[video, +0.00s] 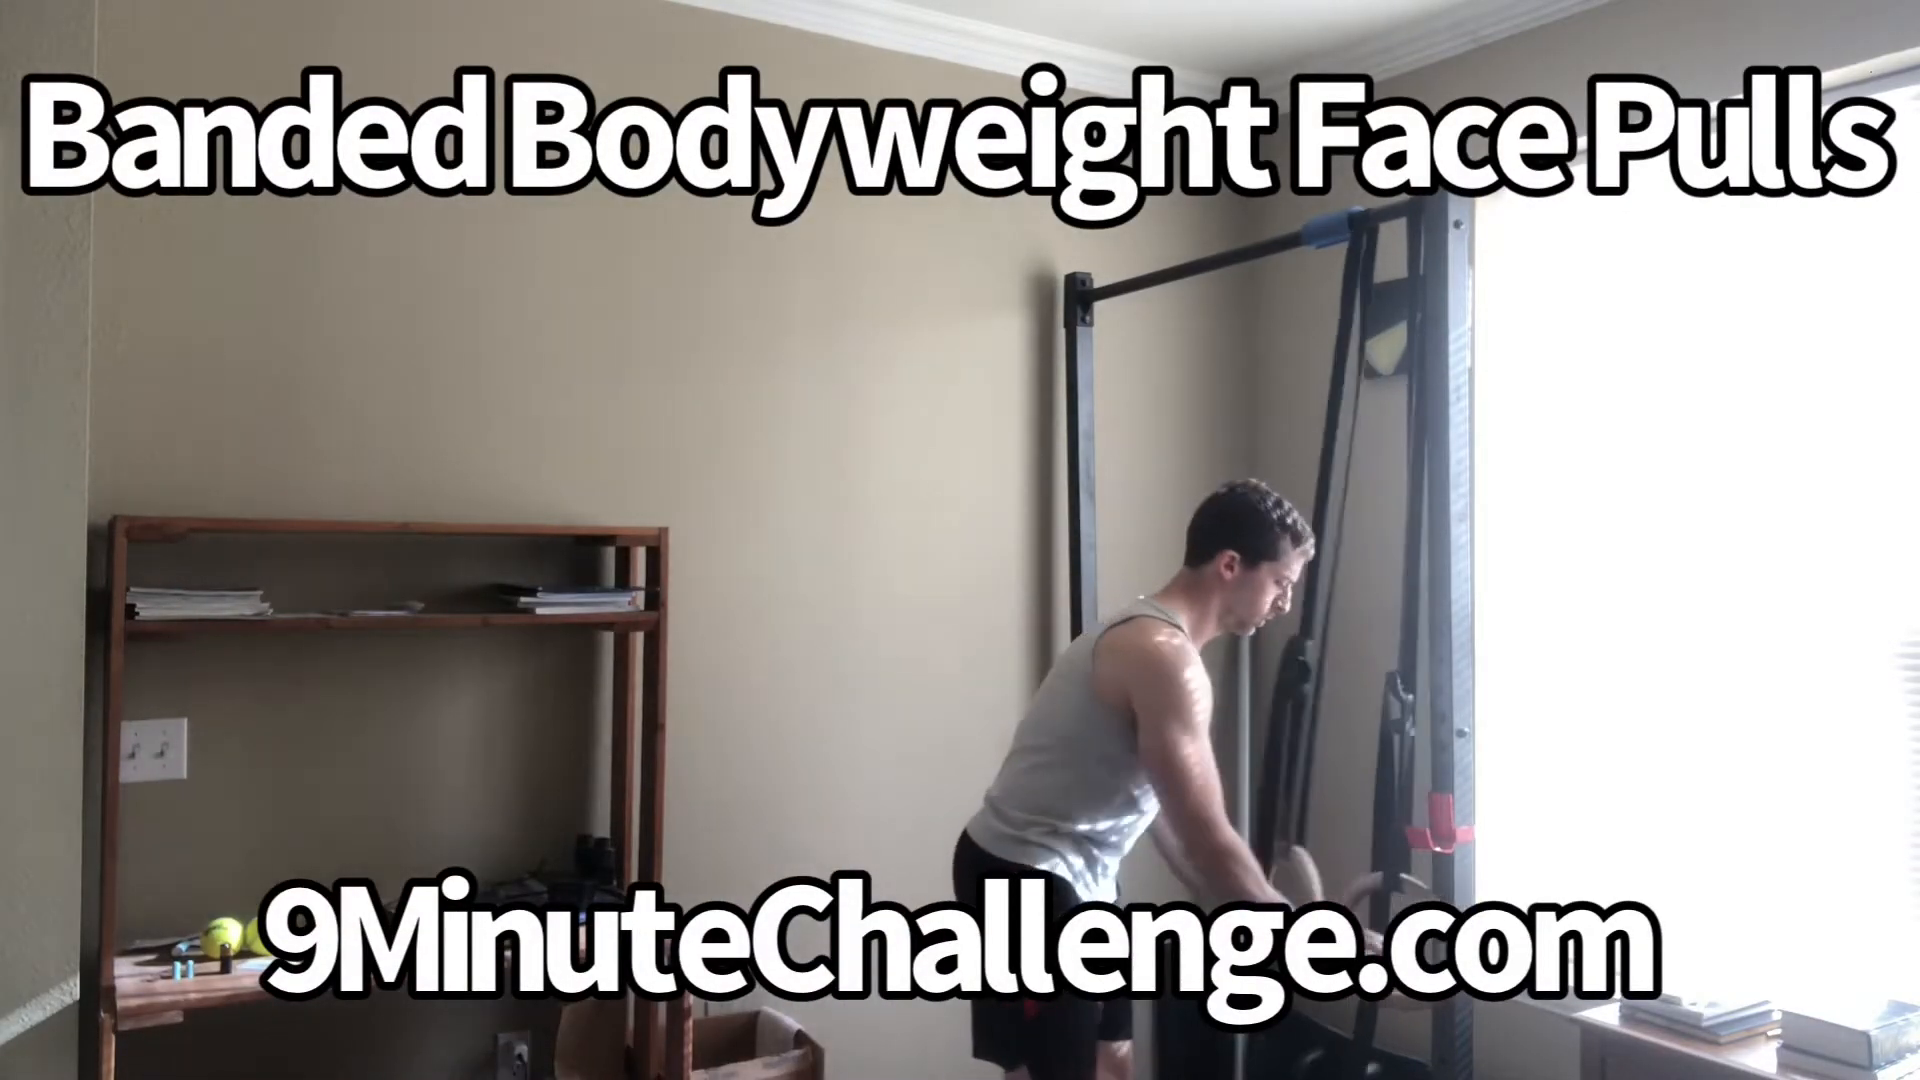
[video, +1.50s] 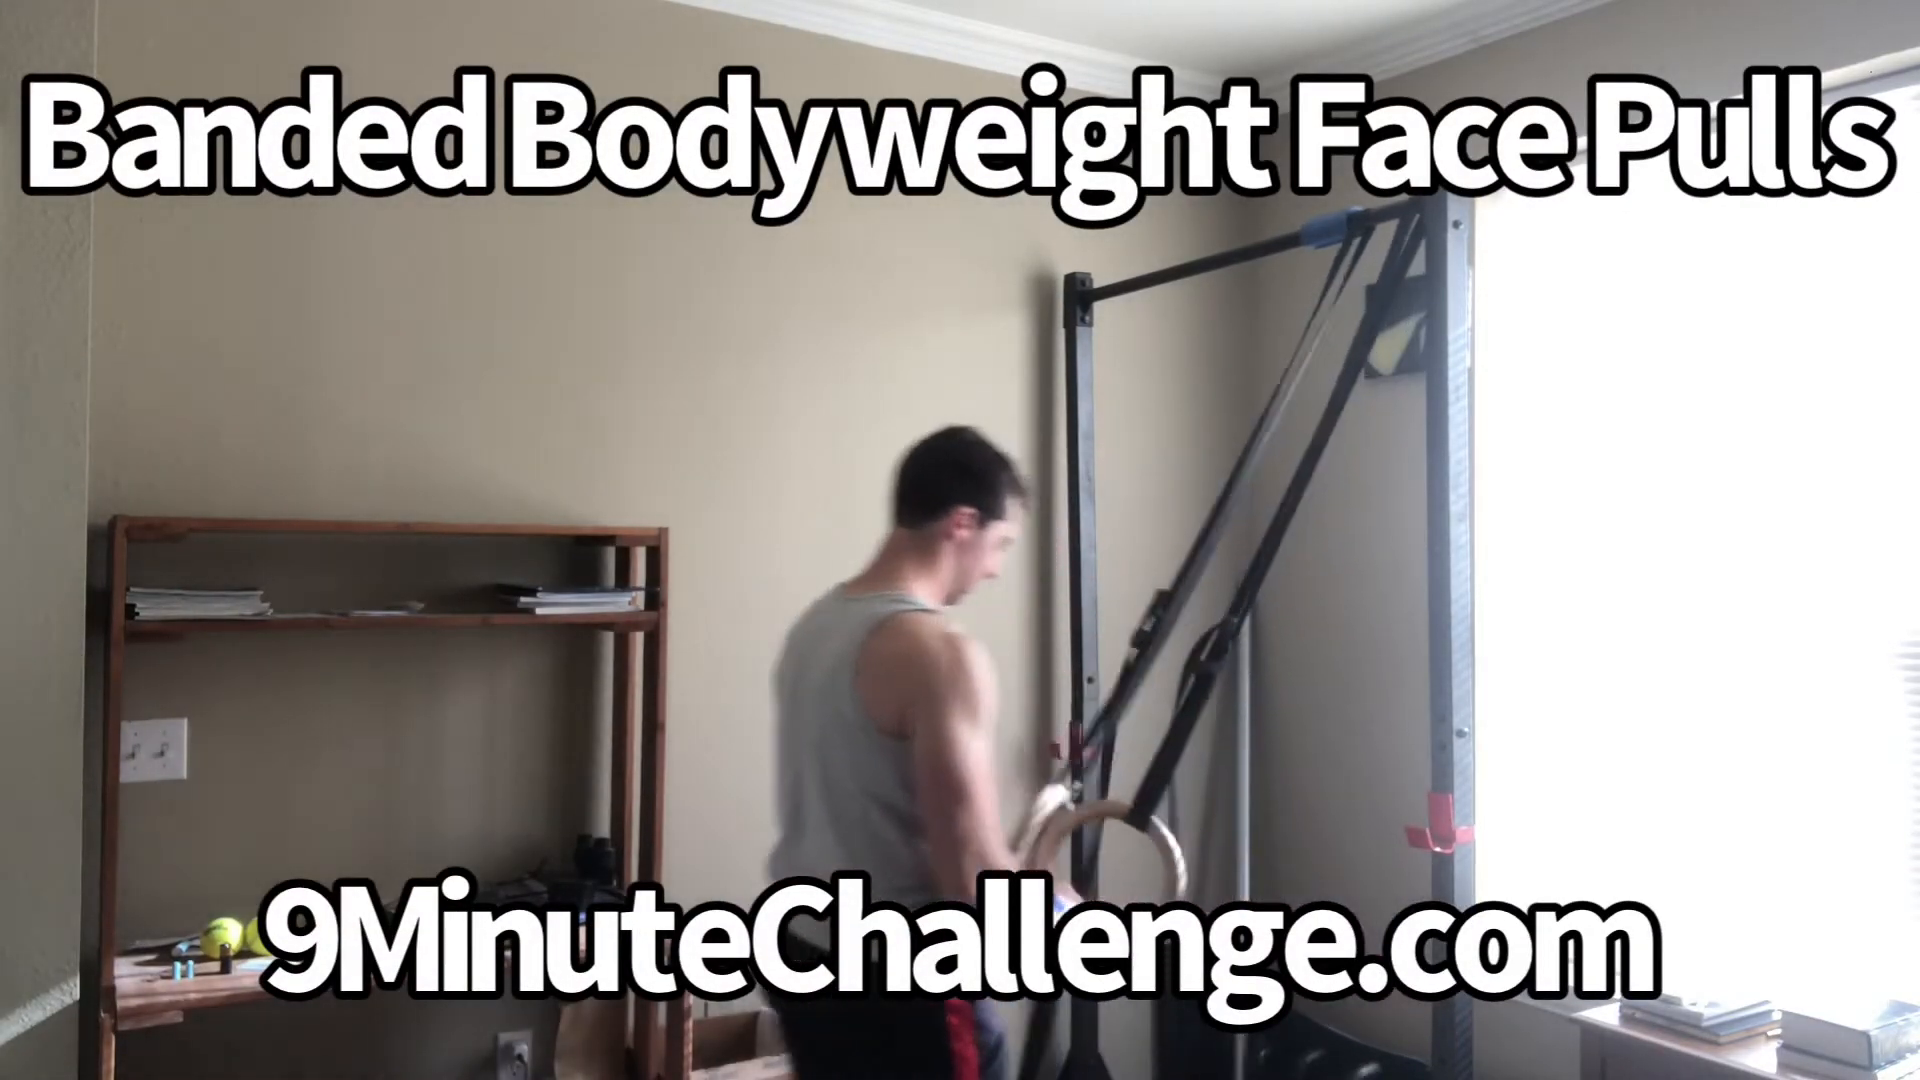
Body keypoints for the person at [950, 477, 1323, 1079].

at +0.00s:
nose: (1285, 604)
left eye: (1290, 587)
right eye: (1282, 583)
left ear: (1227, 568)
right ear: (1229, 566)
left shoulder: (1142, 634)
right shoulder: (1164, 657)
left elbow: (1172, 832)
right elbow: (1209, 841)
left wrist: (1253, 923)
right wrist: (1300, 933)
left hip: (1077, 874)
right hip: (1031, 875)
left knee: (1112, 1061)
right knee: (1054, 1067)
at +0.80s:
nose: (1208, 601)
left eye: (1216, 583)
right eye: (1209, 578)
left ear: (1155, 557)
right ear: (1165, 558)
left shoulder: (1060, 626)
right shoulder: (1115, 661)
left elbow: (1090, 832)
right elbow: (1161, 851)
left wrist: (1169, 919)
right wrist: (1220, 944)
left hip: (970, 891)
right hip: (1018, 908)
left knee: (1093, 1063)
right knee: (1078, 1068)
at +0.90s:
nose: (1182, 602)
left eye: (1191, 584)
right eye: (1185, 580)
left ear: (1130, 557)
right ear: (1143, 559)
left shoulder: (1023, 631)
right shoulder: (1098, 667)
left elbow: (1067, 838)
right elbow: (1150, 871)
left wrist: (1149, 914)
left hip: (945, 900)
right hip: (1011, 928)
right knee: (1048, 1068)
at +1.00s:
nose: (1157, 598)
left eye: (1167, 579)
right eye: (1162, 575)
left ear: (1106, 550)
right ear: (1123, 554)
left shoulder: (986, 631)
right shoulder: (1081, 667)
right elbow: (1126, 874)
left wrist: (1104, 901)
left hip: (928, 912)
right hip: (1006, 942)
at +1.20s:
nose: (1105, 580)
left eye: (1114, 560)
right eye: (1109, 557)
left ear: (1022, 524)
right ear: (1073, 535)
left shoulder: (921, 622)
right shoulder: (1047, 654)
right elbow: (1076, 861)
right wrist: (1123, 973)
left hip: (887, 936)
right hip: (986, 954)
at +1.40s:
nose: (1039, 572)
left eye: (1047, 552)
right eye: (1043, 549)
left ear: (947, 515)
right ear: (1006, 529)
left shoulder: (856, 624)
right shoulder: (984, 654)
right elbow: (1013, 855)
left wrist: (1026, 756)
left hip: (842, 957)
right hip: (947, 970)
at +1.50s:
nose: (997, 570)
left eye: (1005, 549)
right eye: (999, 545)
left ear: (903, 515)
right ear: (960, 526)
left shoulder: (816, 627)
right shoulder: (937, 653)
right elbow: (973, 867)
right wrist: (1057, 907)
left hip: (806, 963)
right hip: (908, 978)